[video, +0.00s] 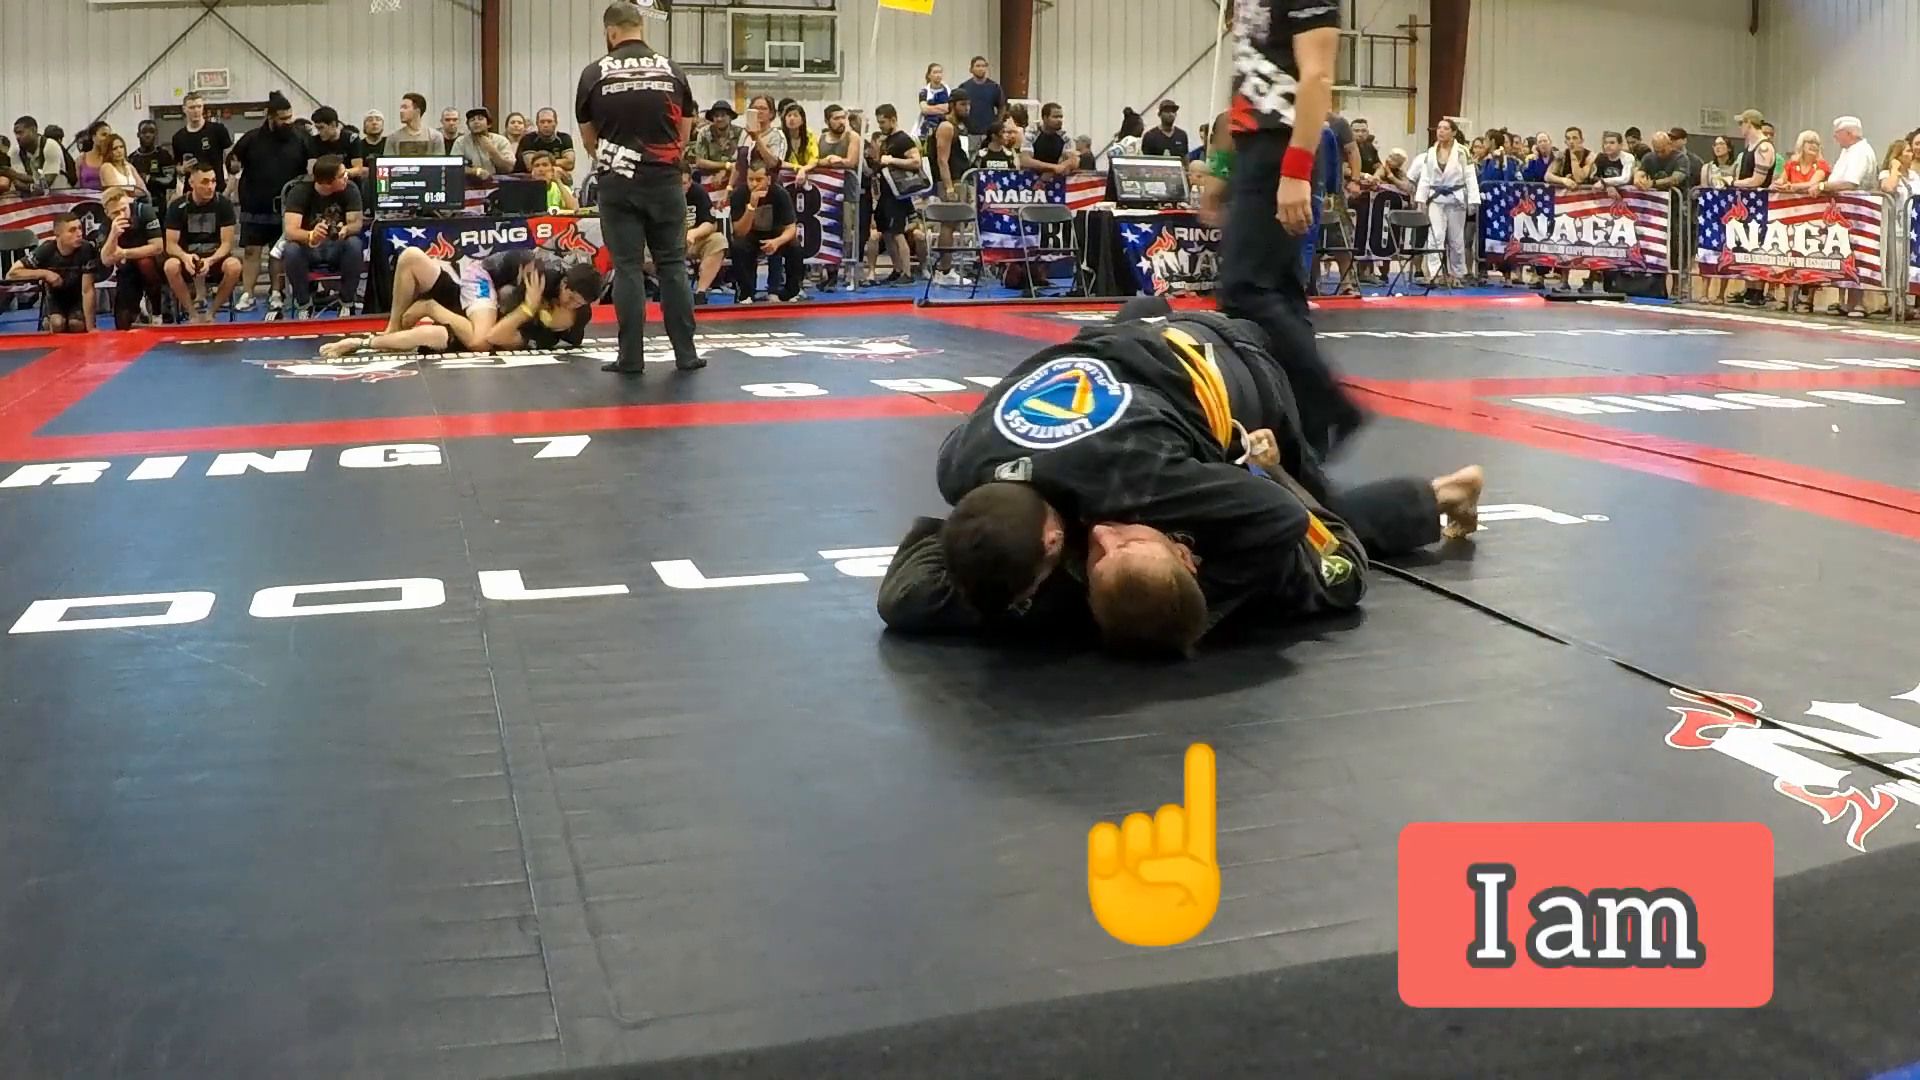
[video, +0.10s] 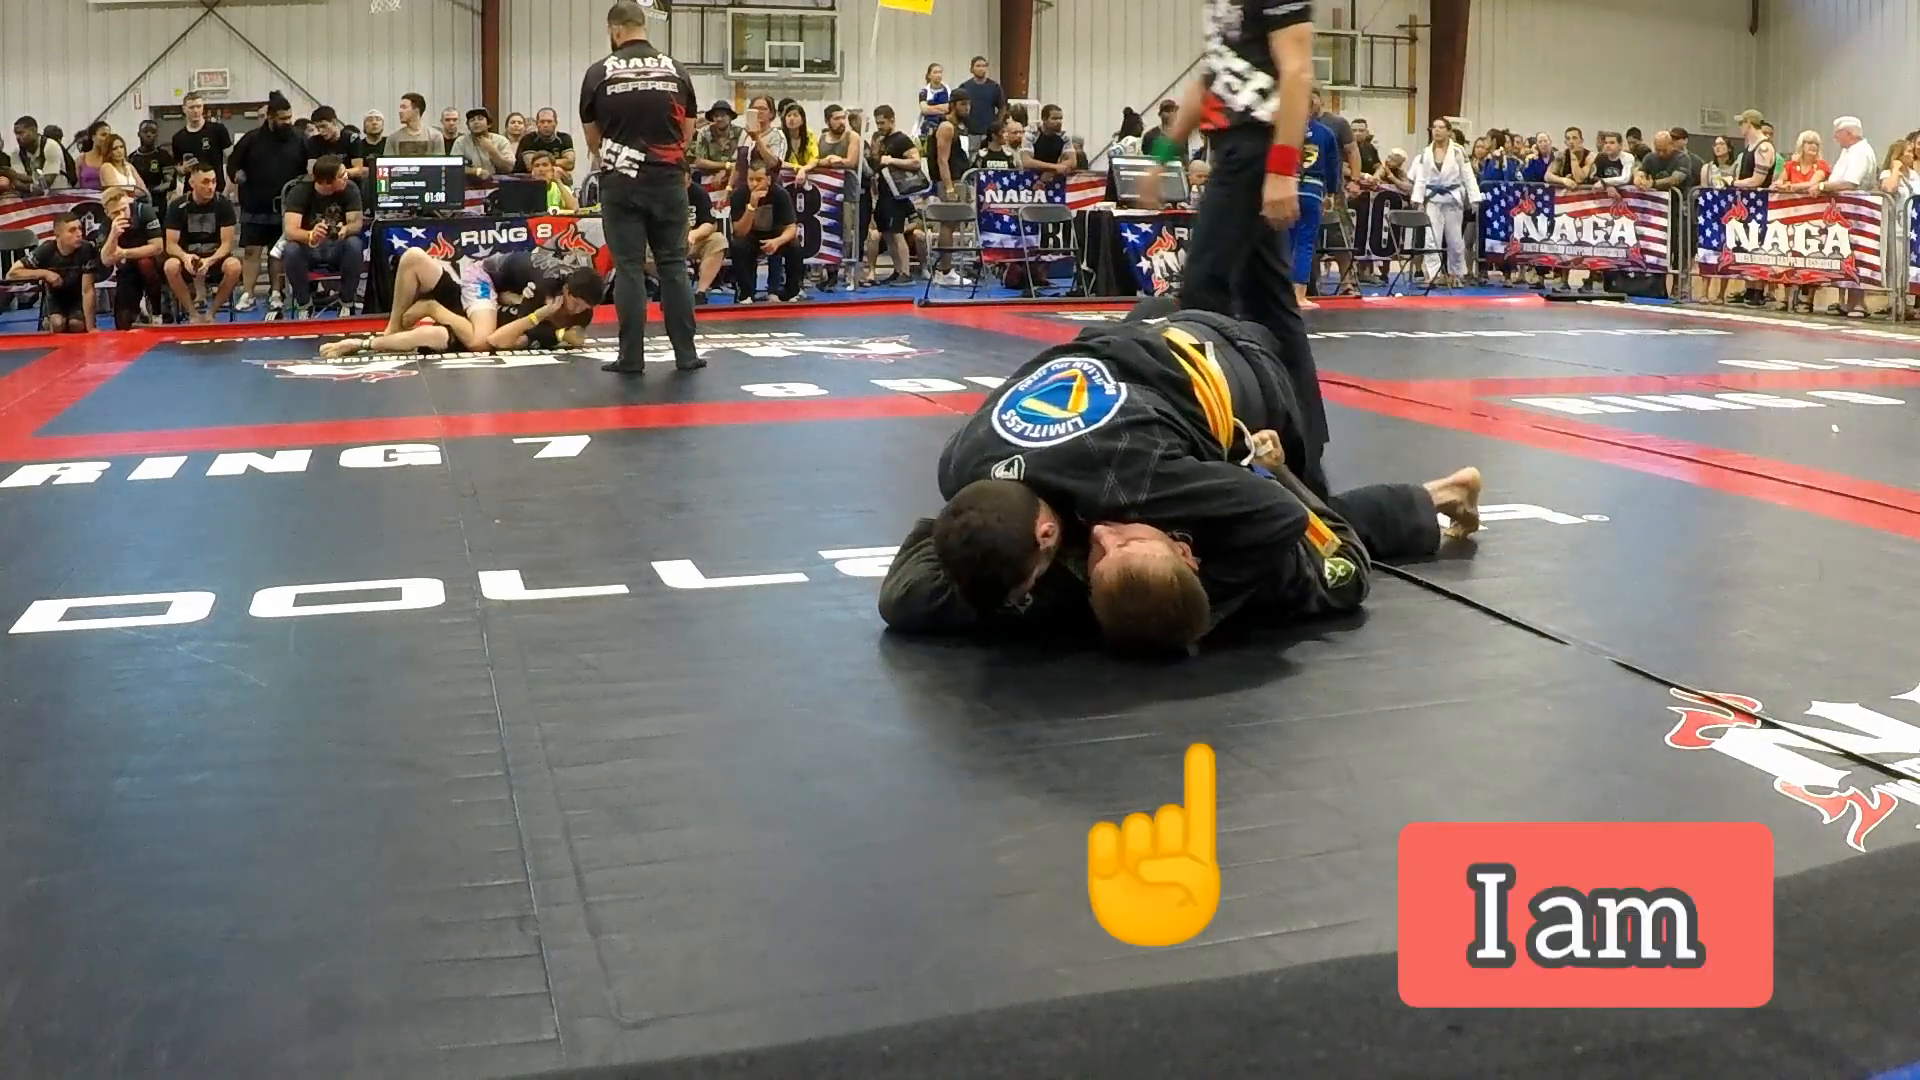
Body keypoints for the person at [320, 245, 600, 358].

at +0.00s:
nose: (570, 302)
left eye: (578, 301)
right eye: (570, 295)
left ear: (583, 303)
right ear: (565, 283)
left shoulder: (570, 324)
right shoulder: (543, 270)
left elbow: (494, 339)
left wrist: (531, 305)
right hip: (478, 277)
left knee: (431, 335)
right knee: (410, 257)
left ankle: (358, 345)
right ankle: (393, 331)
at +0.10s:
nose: (576, 312)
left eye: (583, 310)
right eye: (575, 305)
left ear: (589, 308)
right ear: (566, 292)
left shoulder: (578, 312)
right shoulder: (542, 283)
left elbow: (495, 341)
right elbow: (493, 339)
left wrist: (546, 316)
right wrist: (541, 312)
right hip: (479, 277)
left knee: (432, 336)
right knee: (412, 258)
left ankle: (360, 346)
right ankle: (393, 331)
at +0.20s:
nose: (582, 310)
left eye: (588, 307)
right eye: (580, 303)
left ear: (593, 303)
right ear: (569, 290)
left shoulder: (583, 308)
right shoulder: (543, 283)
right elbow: (496, 339)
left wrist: (542, 320)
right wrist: (542, 318)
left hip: (500, 297)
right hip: (482, 273)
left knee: (428, 333)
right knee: (412, 257)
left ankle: (357, 344)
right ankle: (394, 329)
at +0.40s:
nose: (581, 309)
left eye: (587, 305)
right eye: (578, 301)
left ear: (591, 302)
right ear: (566, 288)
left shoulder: (584, 312)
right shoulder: (543, 282)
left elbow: (538, 335)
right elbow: (497, 340)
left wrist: (567, 344)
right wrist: (541, 315)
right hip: (482, 274)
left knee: (431, 336)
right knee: (414, 258)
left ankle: (358, 345)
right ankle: (394, 331)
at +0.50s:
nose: (577, 308)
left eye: (584, 304)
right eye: (575, 300)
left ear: (590, 302)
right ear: (564, 287)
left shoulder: (583, 312)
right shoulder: (543, 279)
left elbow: (546, 336)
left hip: (495, 297)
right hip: (479, 274)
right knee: (415, 259)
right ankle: (393, 331)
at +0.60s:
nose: (581, 308)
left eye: (586, 304)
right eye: (577, 301)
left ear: (591, 300)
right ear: (564, 292)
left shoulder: (586, 311)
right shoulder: (541, 285)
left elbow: (570, 341)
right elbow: (496, 336)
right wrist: (538, 321)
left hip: (497, 296)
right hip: (479, 274)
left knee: (485, 341)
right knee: (415, 260)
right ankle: (394, 335)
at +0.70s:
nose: (583, 313)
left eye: (587, 308)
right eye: (578, 307)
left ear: (591, 302)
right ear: (566, 296)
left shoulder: (584, 306)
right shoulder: (543, 291)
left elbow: (584, 338)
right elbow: (496, 336)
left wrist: (582, 338)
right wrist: (540, 323)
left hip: (498, 294)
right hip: (481, 272)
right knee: (415, 261)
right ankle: (396, 336)